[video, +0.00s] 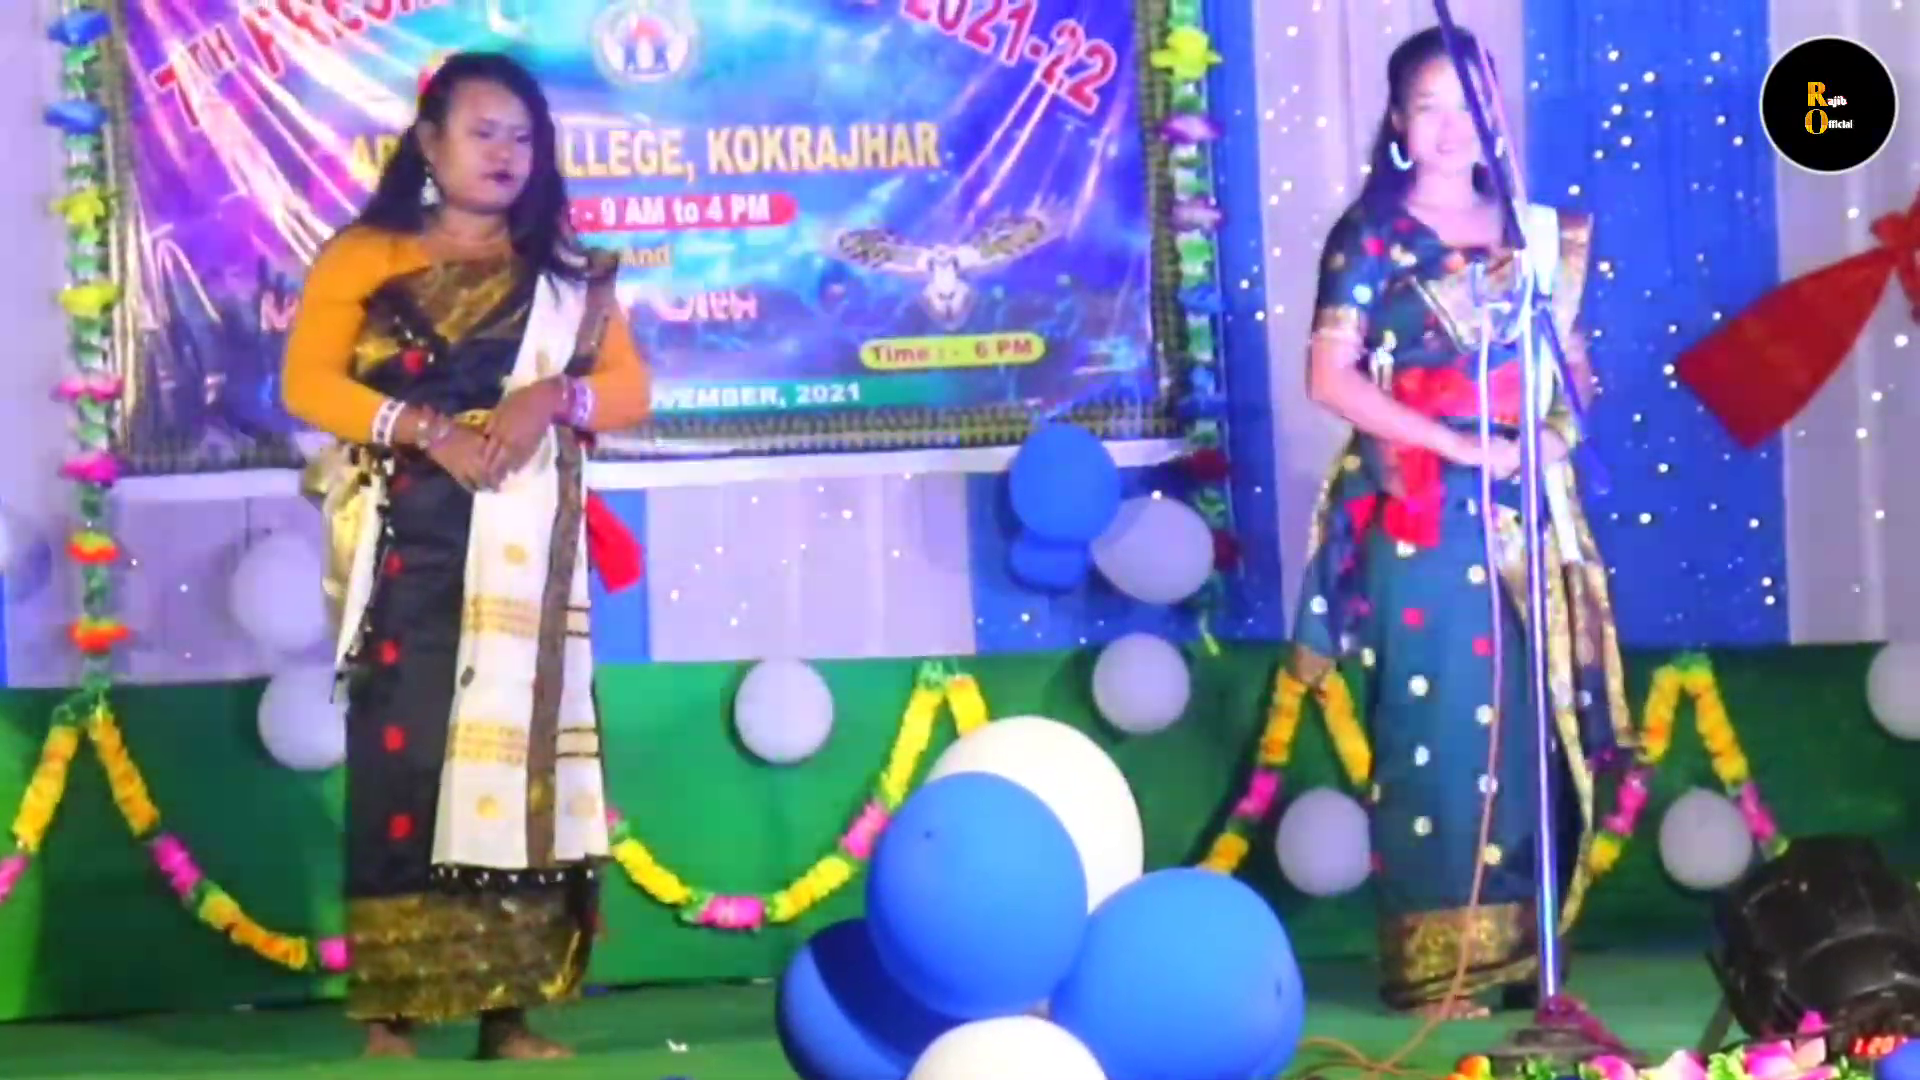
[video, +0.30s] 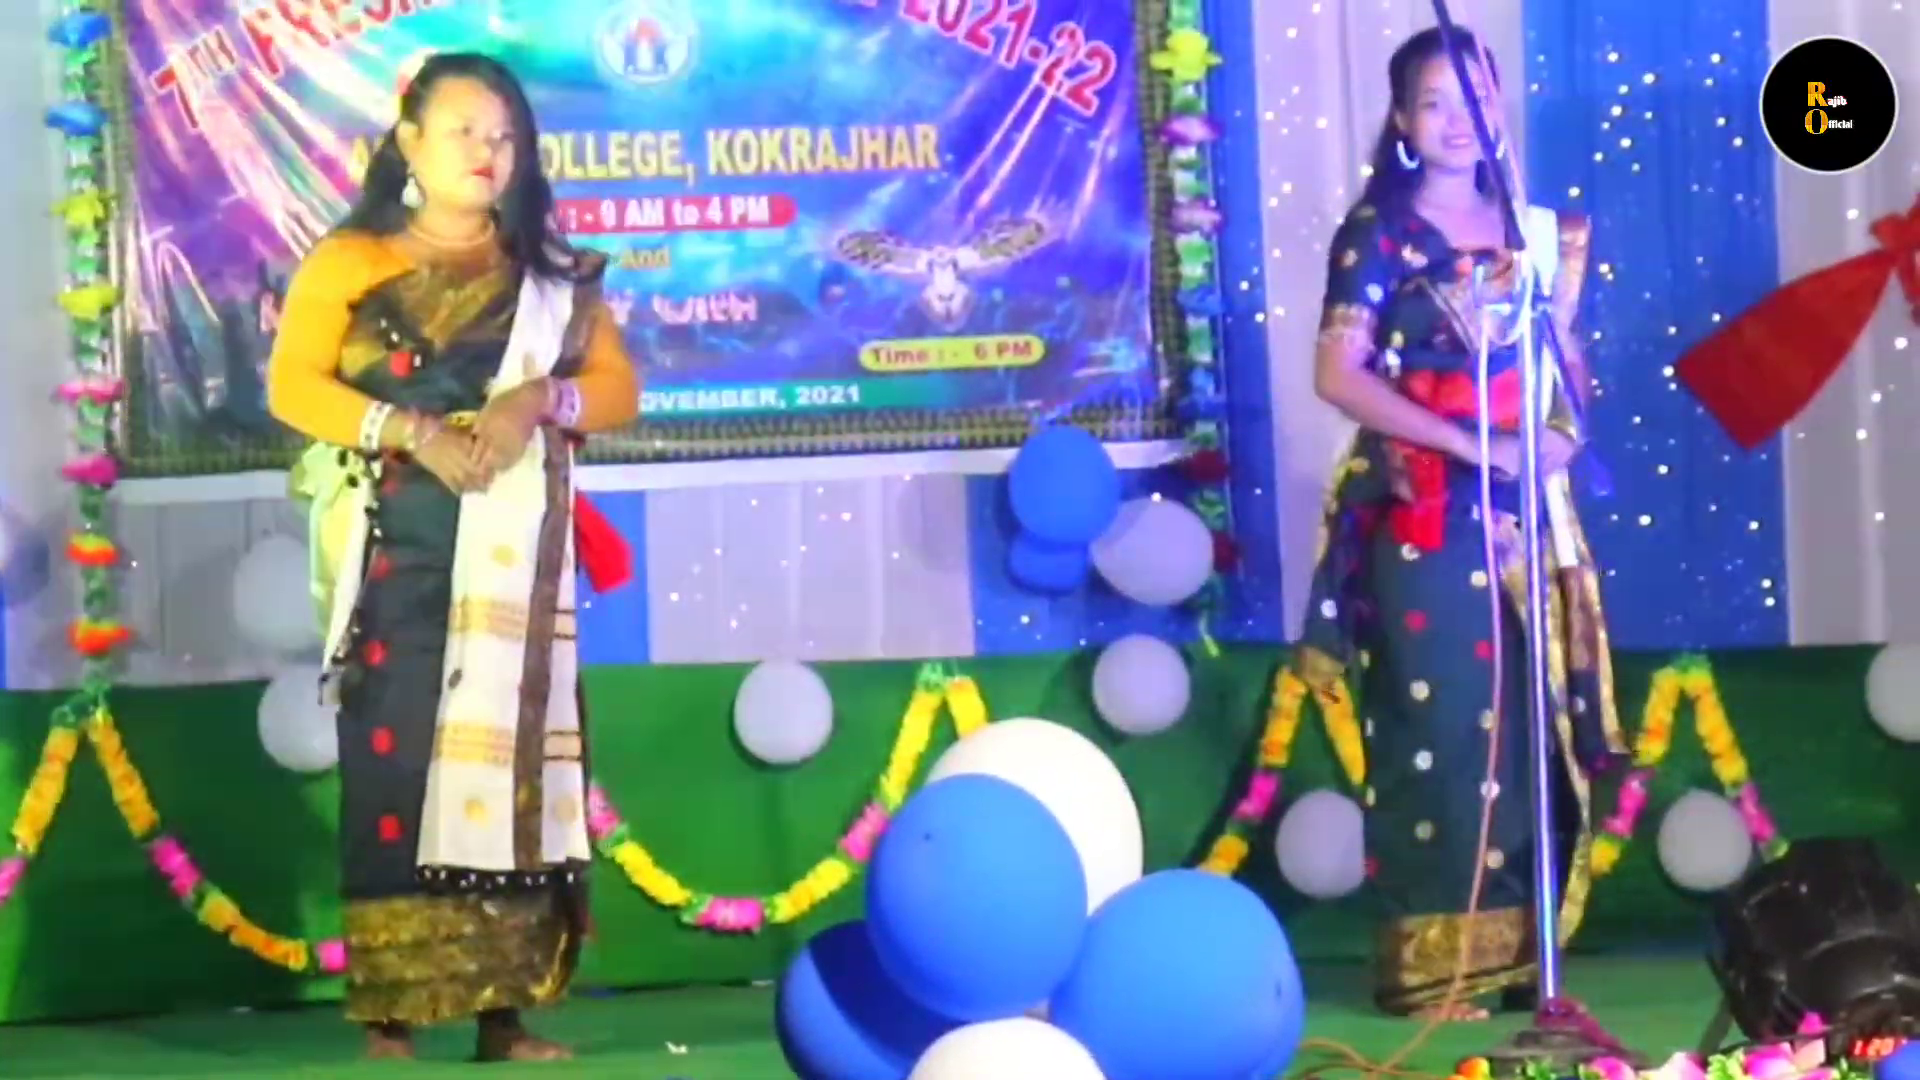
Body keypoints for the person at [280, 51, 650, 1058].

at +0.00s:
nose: (506, 154)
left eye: (522, 137)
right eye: (483, 132)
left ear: (540, 154)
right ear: (430, 142)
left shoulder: (564, 273)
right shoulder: (362, 259)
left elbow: (633, 392)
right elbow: (306, 382)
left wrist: (552, 395)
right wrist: (422, 425)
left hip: (526, 561)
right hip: (408, 555)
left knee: (521, 762)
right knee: (401, 766)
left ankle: (508, 1011)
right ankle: (389, 1011)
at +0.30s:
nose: (487, 154)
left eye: (503, 138)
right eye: (463, 134)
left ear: (522, 153)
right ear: (411, 144)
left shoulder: (549, 273)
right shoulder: (347, 264)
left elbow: (621, 393)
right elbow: (292, 388)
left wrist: (537, 398)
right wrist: (408, 427)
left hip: (519, 558)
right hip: (401, 555)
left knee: (516, 759)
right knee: (395, 763)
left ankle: (506, 1014)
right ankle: (388, 1011)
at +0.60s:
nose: (477, 150)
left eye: (494, 134)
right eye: (453, 131)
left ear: (513, 151)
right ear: (402, 147)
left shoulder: (543, 271)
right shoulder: (340, 262)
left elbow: (615, 391)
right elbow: (285, 389)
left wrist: (529, 399)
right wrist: (404, 429)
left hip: (510, 560)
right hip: (392, 558)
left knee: (512, 761)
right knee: (391, 766)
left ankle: (508, 1013)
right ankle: (386, 1011)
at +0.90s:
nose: (476, 153)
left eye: (492, 136)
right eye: (452, 134)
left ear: (511, 152)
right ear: (400, 147)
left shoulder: (544, 269)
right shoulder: (340, 261)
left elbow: (615, 389)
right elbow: (285, 387)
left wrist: (532, 398)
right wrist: (402, 427)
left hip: (512, 559)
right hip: (394, 557)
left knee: (513, 760)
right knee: (392, 765)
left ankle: (508, 1012)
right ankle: (388, 1011)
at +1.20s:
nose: (472, 153)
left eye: (490, 136)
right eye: (448, 133)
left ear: (513, 153)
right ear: (400, 147)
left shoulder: (549, 272)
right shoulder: (341, 262)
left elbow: (617, 389)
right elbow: (283, 389)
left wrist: (534, 400)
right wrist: (404, 433)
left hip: (515, 564)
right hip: (396, 561)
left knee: (515, 766)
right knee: (393, 772)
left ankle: (507, 1014)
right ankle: (386, 1013)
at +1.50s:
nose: (483, 142)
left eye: (498, 129)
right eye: (458, 125)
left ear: (515, 150)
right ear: (404, 142)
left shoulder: (545, 273)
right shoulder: (343, 266)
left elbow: (620, 390)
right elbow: (289, 394)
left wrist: (535, 403)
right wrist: (406, 434)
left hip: (517, 562)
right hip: (398, 559)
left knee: (518, 765)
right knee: (395, 771)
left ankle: (509, 1017)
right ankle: (389, 1017)